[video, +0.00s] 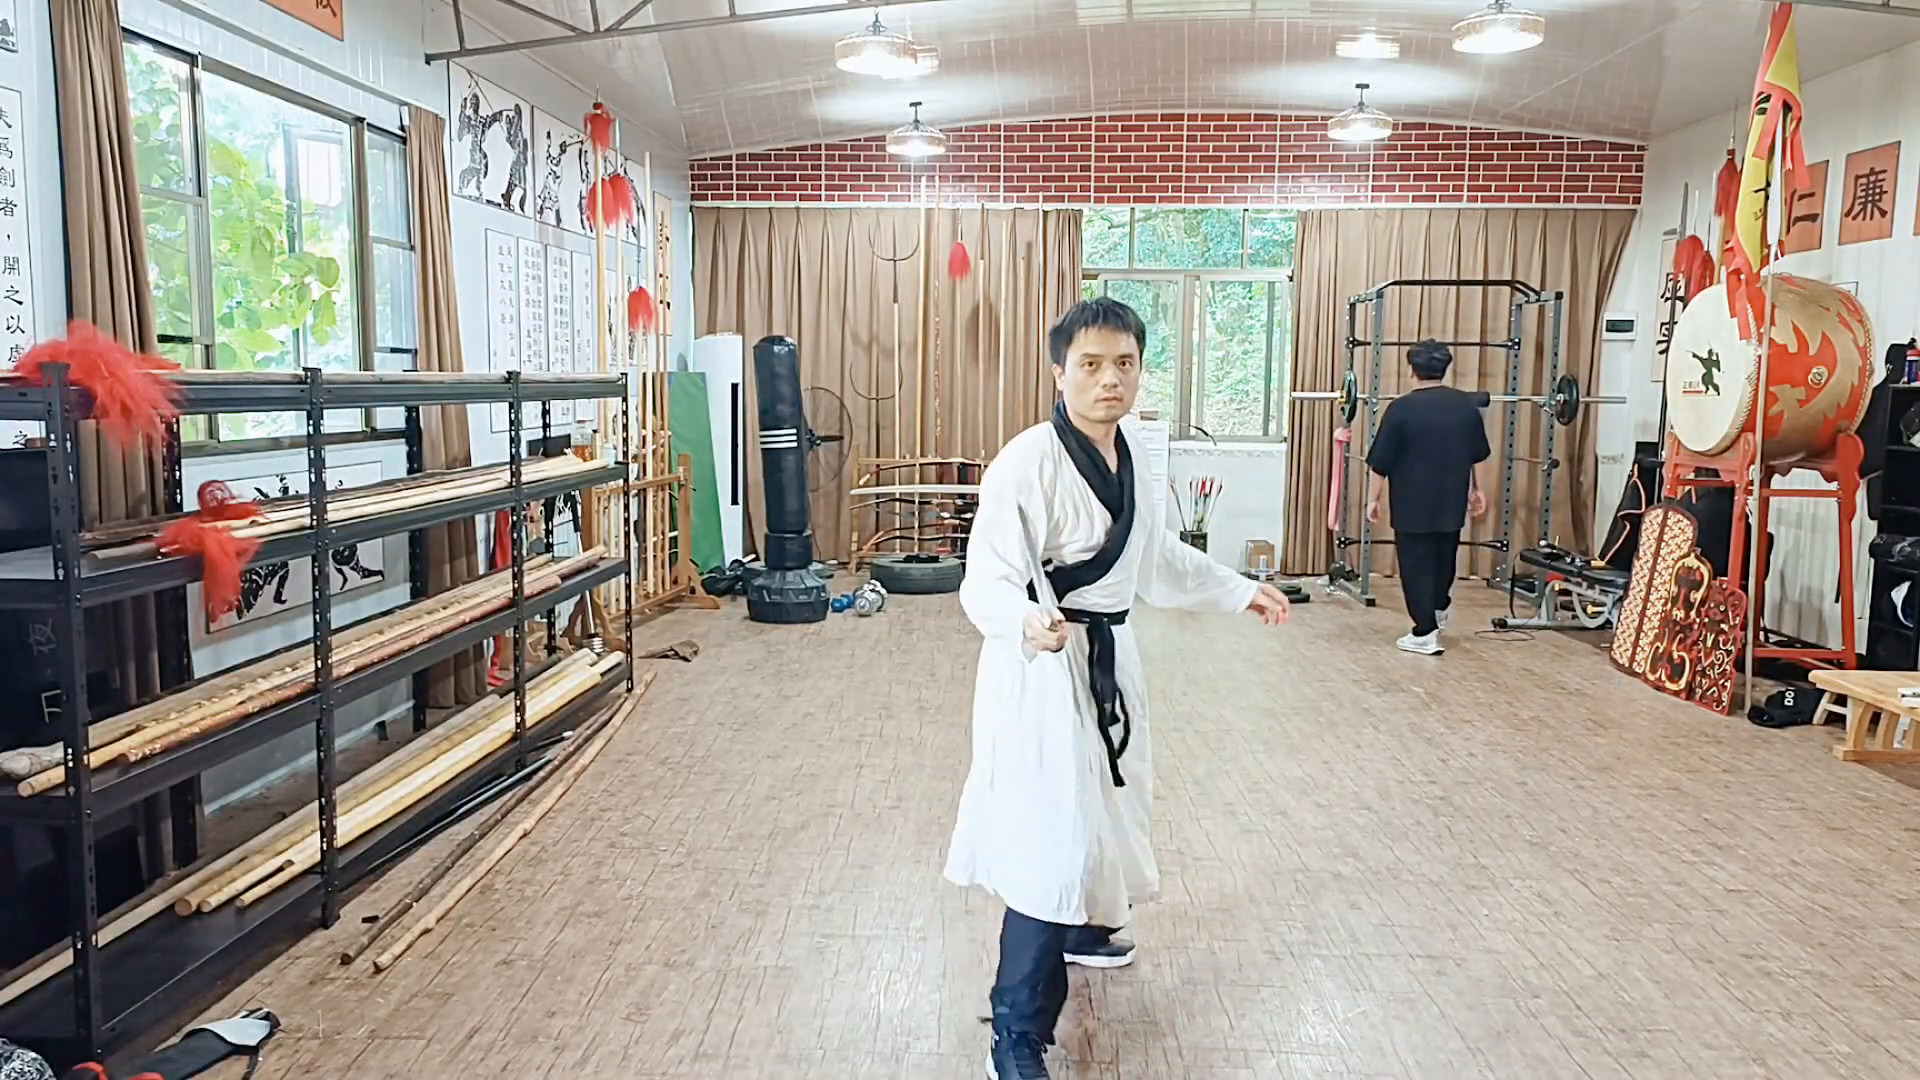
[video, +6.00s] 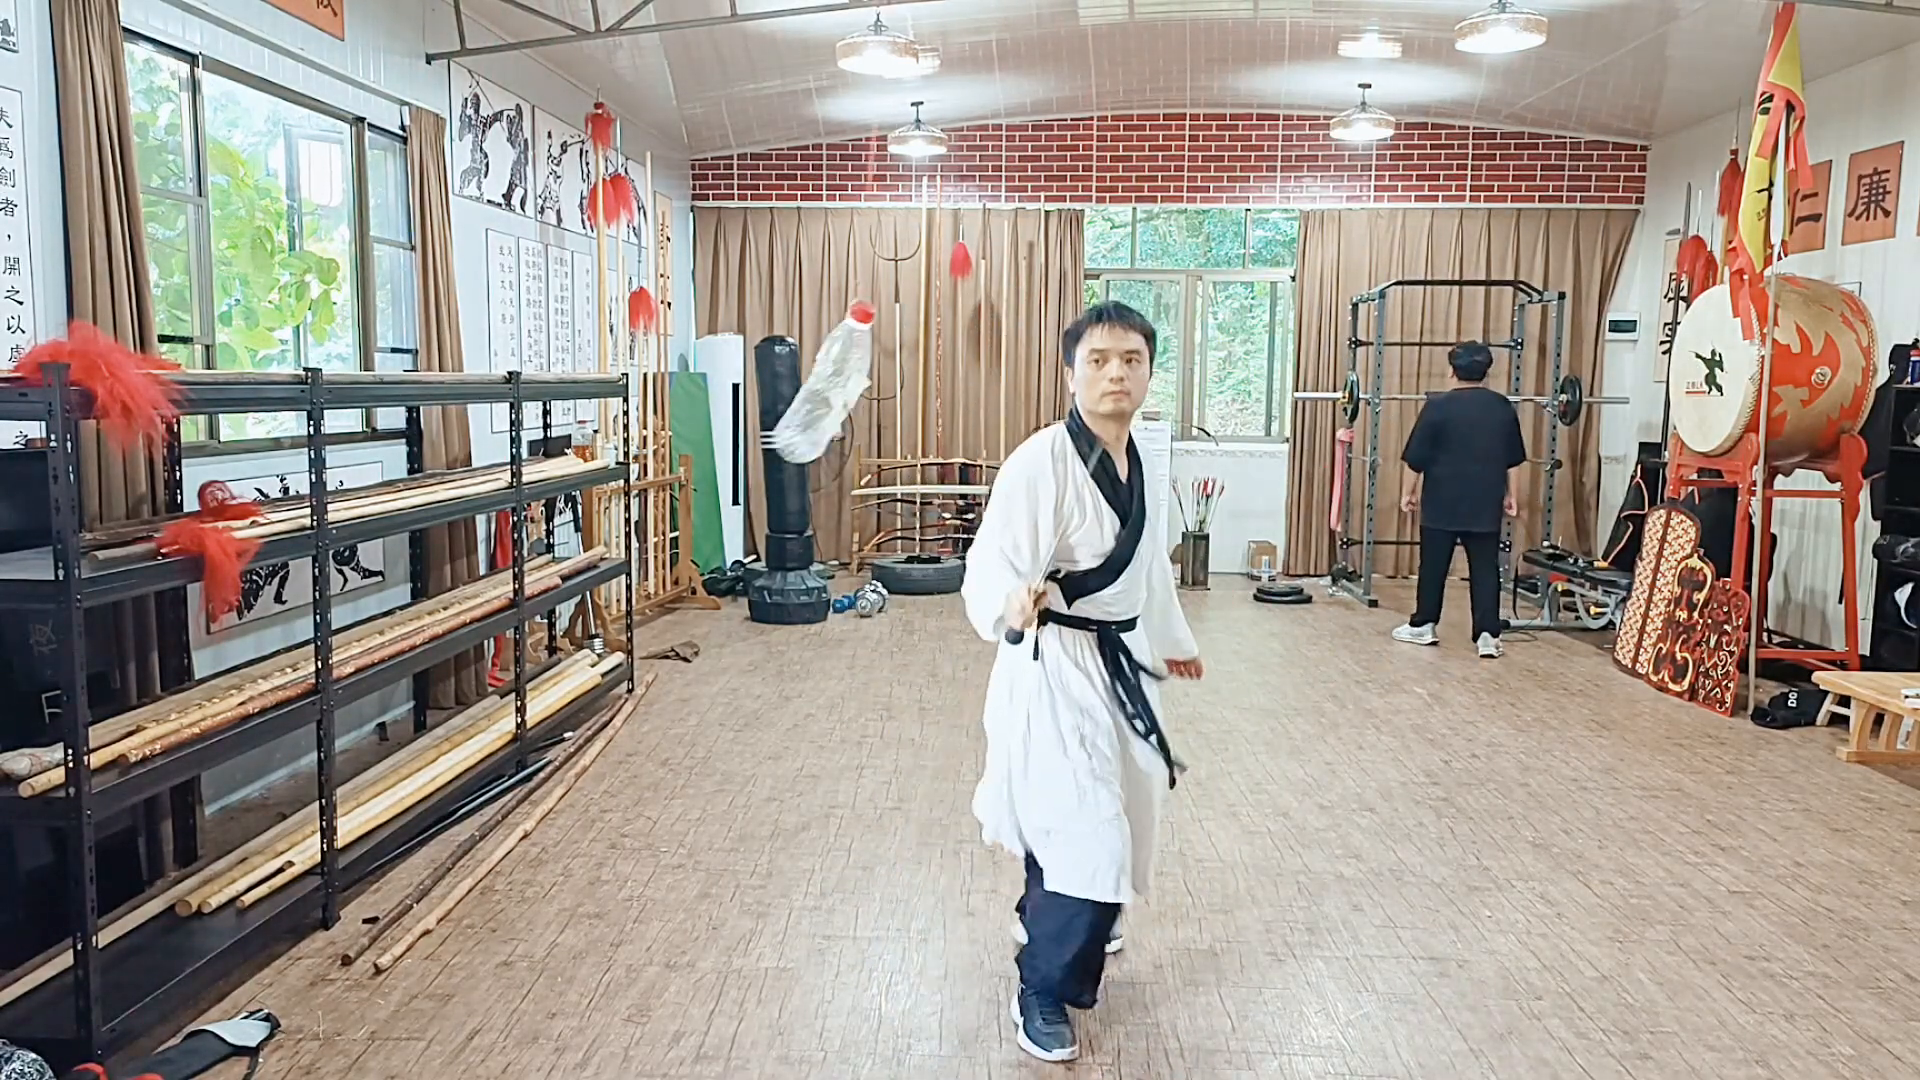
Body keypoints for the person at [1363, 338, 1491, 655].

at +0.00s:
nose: (1409, 370)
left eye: (1411, 366)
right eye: (1413, 366)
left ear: (1414, 371)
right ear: (1444, 370)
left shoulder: (1401, 407)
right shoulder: (1464, 404)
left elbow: (1380, 461)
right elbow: (1478, 453)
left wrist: (1374, 499)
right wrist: (1478, 487)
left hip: (1411, 507)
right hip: (1451, 504)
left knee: (1415, 568)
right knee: (1444, 557)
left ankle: (1425, 633)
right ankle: (1439, 609)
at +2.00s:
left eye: (1423, 383)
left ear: (1421, 387)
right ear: (1453, 384)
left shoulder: (1408, 423)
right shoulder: (1470, 416)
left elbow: (1388, 472)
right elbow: (1491, 462)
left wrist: (1381, 506)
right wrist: (1489, 490)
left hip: (1420, 513)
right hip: (1460, 512)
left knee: (1412, 563)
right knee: (1460, 569)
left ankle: (1405, 609)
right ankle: (1463, 629)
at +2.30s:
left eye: (1444, 368)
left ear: (1443, 371)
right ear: (1477, 372)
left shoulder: (1431, 407)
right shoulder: (1494, 406)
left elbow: (1412, 460)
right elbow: (1509, 456)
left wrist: (1406, 496)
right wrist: (1511, 492)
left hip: (1436, 504)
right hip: (1480, 505)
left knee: (1428, 560)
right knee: (1471, 570)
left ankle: (1421, 623)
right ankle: (1463, 637)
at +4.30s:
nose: (1426, 366)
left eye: (1428, 363)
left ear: (1430, 367)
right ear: (1463, 369)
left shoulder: (1412, 404)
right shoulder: (1478, 404)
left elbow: (1391, 455)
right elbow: (1494, 454)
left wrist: (1386, 491)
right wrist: (1497, 492)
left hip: (1421, 507)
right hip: (1465, 507)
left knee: (1423, 571)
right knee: (1473, 567)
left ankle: (1428, 635)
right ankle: (1485, 633)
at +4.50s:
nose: (1438, 368)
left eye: (1440, 364)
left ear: (1442, 368)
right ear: (1475, 369)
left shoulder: (1425, 404)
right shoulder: (1490, 405)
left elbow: (1402, 456)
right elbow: (1503, 456)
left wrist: (1394, 493)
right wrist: (1507, 494)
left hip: (1430, 508)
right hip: (1474, 508)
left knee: (1429, 571)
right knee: (1476, 570)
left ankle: (1429, 634)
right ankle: (1486, 635)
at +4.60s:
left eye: (1444, 367)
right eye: (1488, 369)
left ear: (1448, 370)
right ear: (1483, 372)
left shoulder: (1430, 404)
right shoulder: (1495, 404)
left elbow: (1409, 457)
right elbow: (1509, 456)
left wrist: (1400, 495)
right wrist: (1510, 493)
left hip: (1434, 506)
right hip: (1478, 507)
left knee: (1432, 572)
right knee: (1480, 570)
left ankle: (1429, 634)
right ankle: (1486, 636)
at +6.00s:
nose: (1448, 372)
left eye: (1450, 368)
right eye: (1452, 367)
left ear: (1454, 371)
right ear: (1485, 372)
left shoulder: (1438, 405)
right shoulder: (1502, 407)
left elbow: (1416, 455)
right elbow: (1514, 457)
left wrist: (1408, 490)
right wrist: (1513, 494)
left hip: (1440, 504)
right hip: (1484, 506)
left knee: (1432, 568)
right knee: (1485, 571)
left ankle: (1422, 626)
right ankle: (1487, 636)